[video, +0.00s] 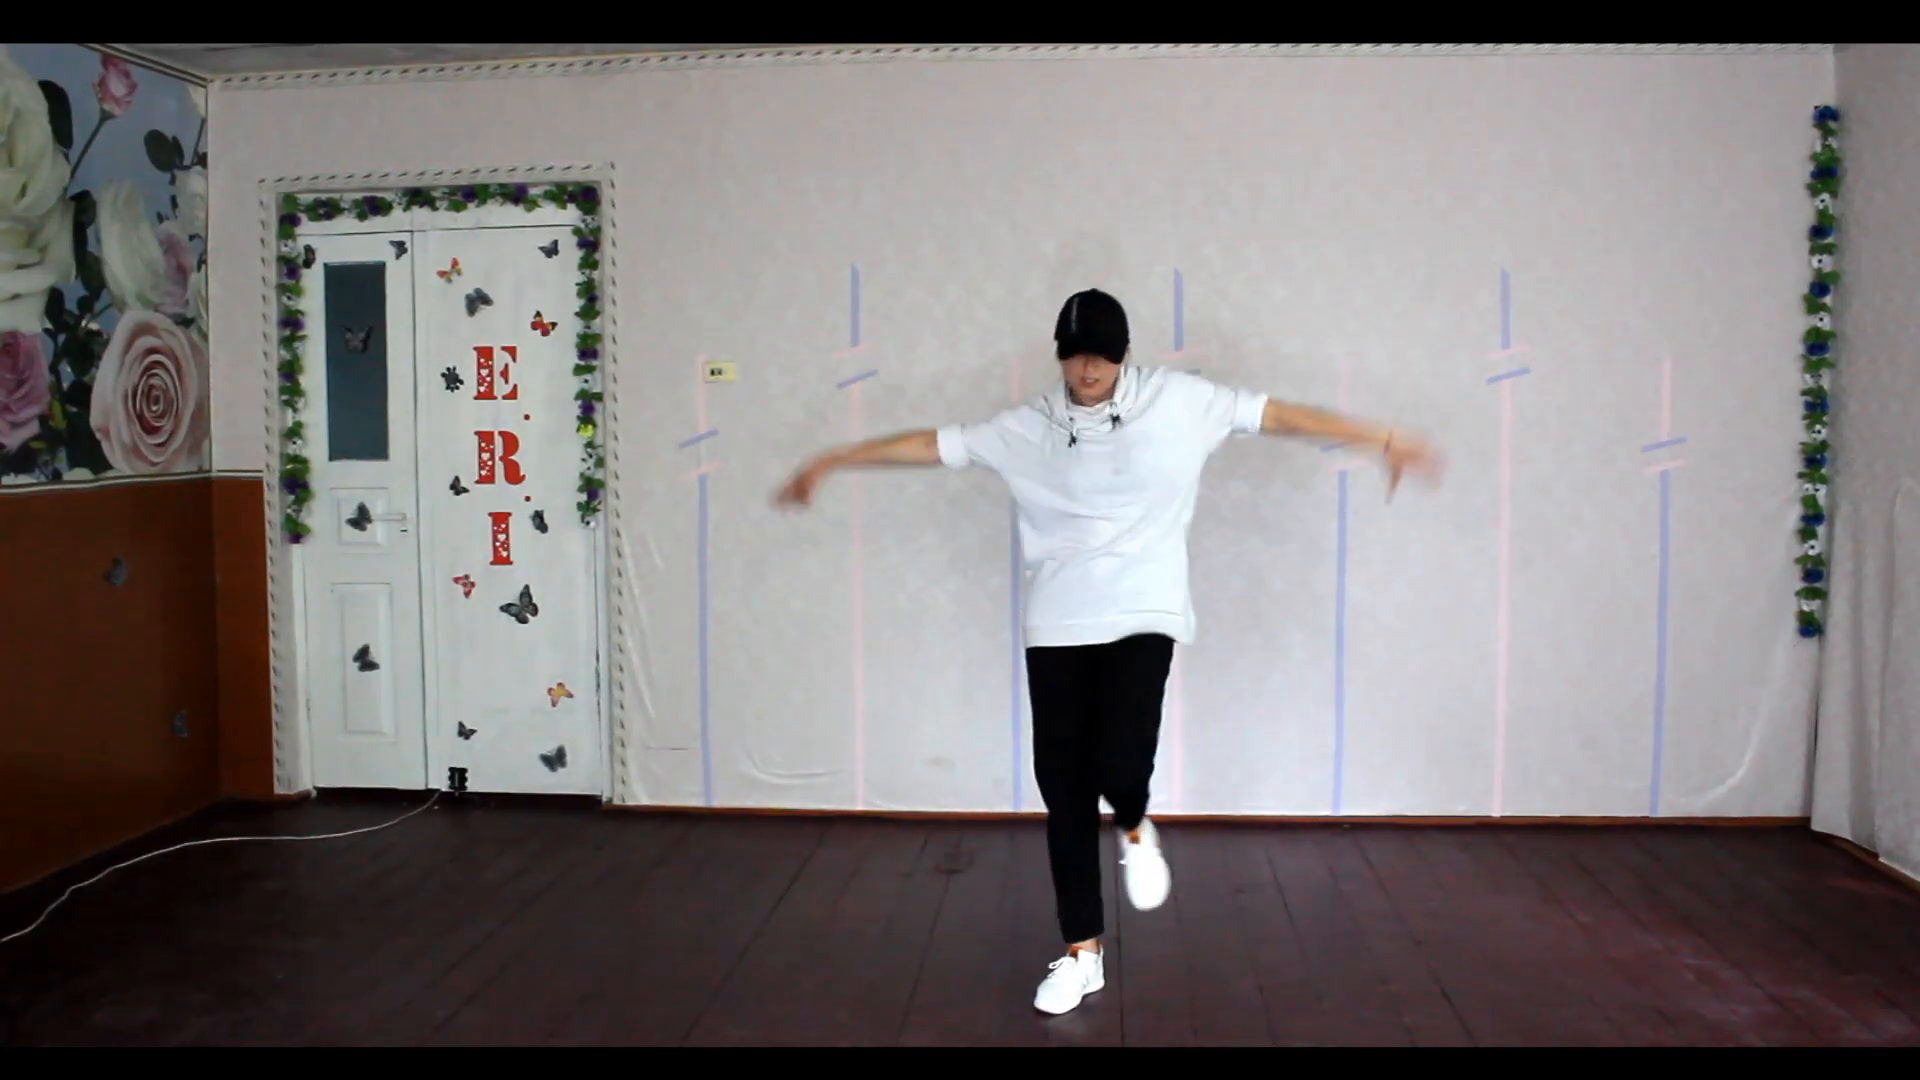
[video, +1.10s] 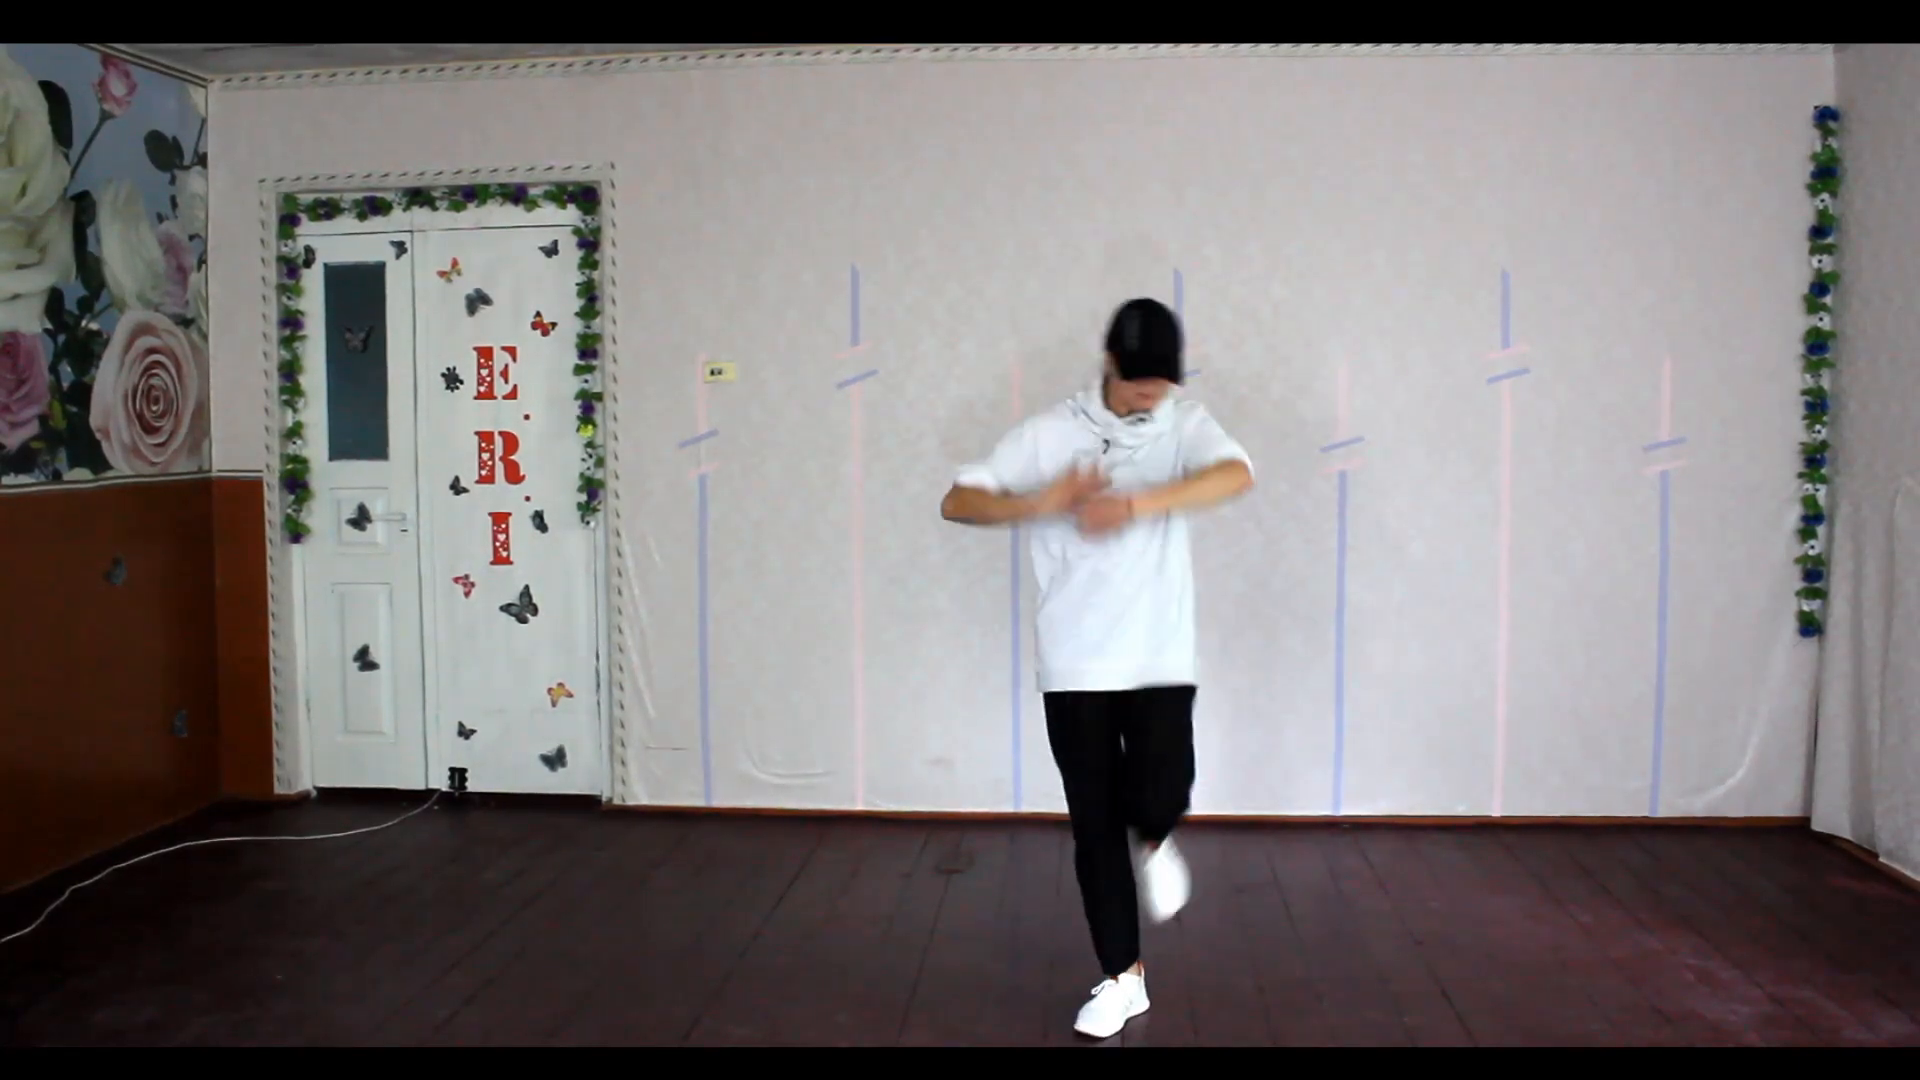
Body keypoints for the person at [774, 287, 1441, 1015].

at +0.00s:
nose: (1087, 378)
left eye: (1100, 367)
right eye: (1076, 365)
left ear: (1124, 359)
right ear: (1058, 358)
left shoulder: (1180, 402)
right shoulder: (1029, 424)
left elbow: (1277, 415)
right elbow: (935, 446)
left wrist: (1379, 439)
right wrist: (829, 461)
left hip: (1143, 620)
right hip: (1056, 625)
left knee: (1121, 777)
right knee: (1064, 789)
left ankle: (1134, 834)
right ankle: (1081, 950)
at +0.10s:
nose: (1095, 365)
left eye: (1109, 353)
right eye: (1084, 351)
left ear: (1131, 350)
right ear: (1068, 346)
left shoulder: (1175, 397)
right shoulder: (1033, 423)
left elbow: (1259, 444)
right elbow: (947, 464)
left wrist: (1340, 499)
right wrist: (848, 501)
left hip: (1148, 611)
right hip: (1062, 622)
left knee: (1123, 756)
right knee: (1070, 788)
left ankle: (1149, 857)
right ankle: (1084, 949)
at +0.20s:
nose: (1115, 359)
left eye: (1128, 347)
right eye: (1103, 345)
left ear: (1147, 345)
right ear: (1081, 339)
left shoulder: (1177, 405)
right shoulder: (1043, 416)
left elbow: (1238, 481)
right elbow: (968, 483)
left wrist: (1304, 559)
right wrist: (886, 542)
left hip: (1153, 619)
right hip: (1066, 629)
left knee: (1133, 776)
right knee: (1074, 792)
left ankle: (1161, 927)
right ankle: (1084, 951)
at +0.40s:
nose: (1170, 410)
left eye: (1181, 397)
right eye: (1157, 397)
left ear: (1195, 388)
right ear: (1130, 381)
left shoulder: (1208, 473)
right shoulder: (1073, 445)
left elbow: (1235, 580)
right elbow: (1005, 527)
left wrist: (1218, 607)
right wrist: (933, 602)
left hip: (1171, 677)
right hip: (1085, 668)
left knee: (1160, 836)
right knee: (1091, 819)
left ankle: (1157, 992)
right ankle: (1078, 861)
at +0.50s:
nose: (1145, 377)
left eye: (1156, 363)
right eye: (1132, 365)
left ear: (1172, 352)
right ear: (1108, 354)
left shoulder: (1200, 416)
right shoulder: (1069, 412)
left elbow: (1251, 521)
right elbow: (975, 479)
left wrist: (1157, 540)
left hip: (1169, 635)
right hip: (1087, 618)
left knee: (1156, 818)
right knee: (1094, 741)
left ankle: (1154, 985)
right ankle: (1076, 821)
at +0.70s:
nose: (1096, 361)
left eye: (1107, 348)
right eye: (1082, 349)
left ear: (1128, 327)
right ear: (1063, 334)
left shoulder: (1182, 379)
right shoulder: (1054, 385)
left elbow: (1257, 470)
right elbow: (979, 434)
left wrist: (1165, 504)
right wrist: (1092, 424)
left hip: (1170, 609)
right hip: (1087, 599)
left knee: (1143, 769)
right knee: (1098, 754)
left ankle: (1103, 919)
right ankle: (1101, 925)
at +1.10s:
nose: (1147, 402)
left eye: (1159, 390)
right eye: (1135, 388)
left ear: (1173, 375)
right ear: (1107, 364)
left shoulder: (1182, 417)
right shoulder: (1055, 428)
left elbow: (1236, 475)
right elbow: (958, 502)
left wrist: (1136, 503)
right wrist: (1044, 503)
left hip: (1163, 657)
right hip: (1075, 664)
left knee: (1163, 806)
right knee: (1096, 828)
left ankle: (1146, 842)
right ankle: (1123, 976)